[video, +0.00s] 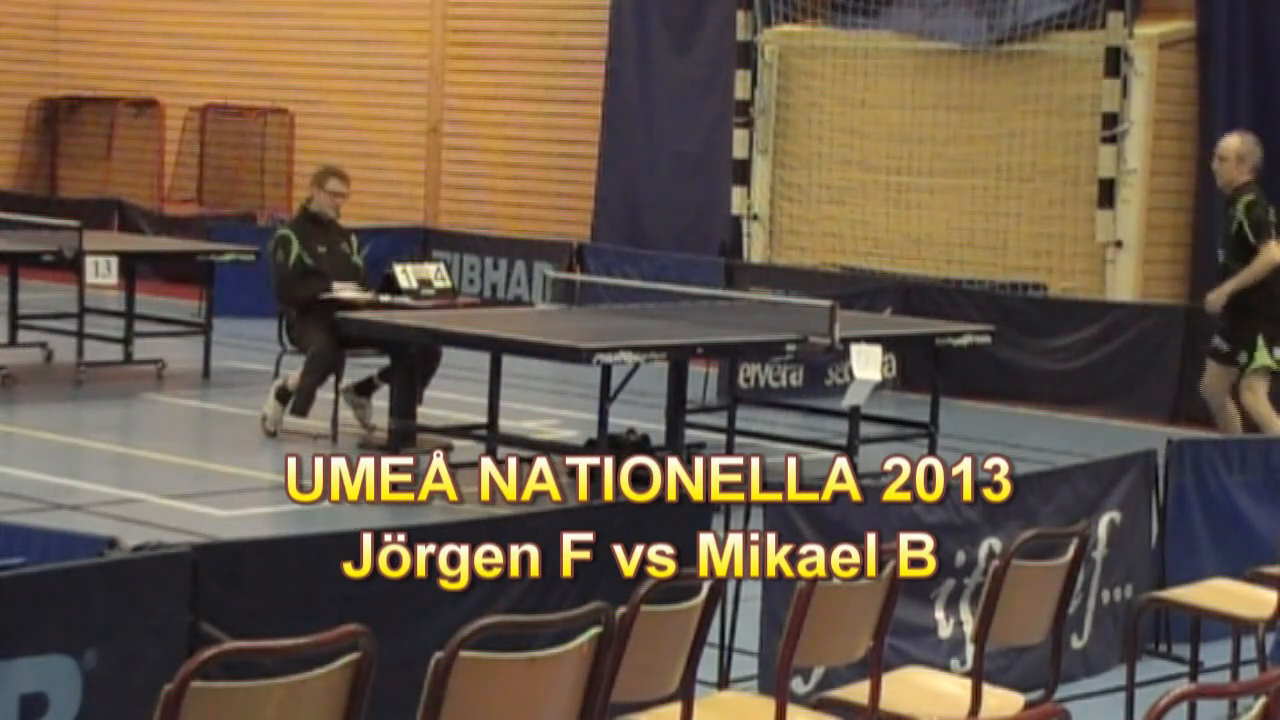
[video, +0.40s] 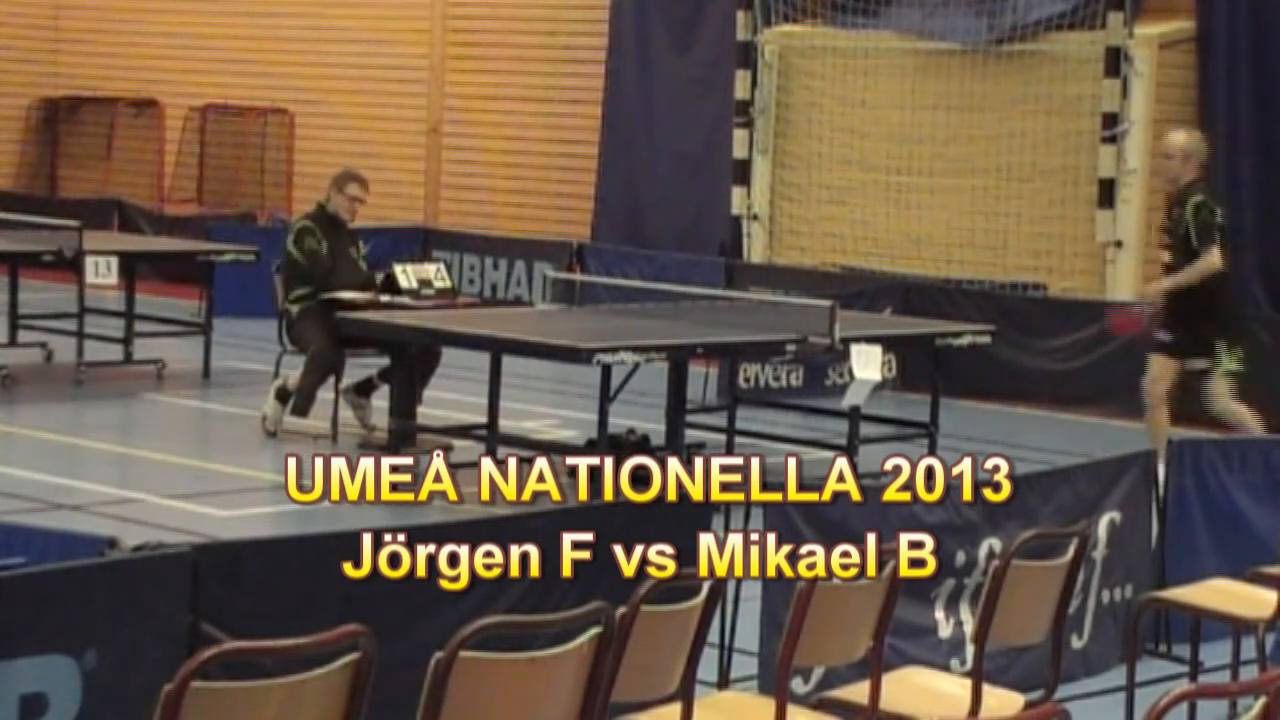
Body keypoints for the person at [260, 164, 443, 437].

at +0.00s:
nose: (339, 203)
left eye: (343, 197)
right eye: (333, 195)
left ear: (346, 198)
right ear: (314, 192)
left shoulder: (346, 236)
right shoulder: (290, 235)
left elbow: (360, 282)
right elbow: (287, 290)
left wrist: (366, 295)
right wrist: (331, 287)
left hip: (351, 318)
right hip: (310, 317)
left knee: (425, 351)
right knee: (328, 354)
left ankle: (362, 391)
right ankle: (283, 393)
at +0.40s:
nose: (356, 208)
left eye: (360, 203)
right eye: (351, 199)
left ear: (363, 204)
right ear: (332, 193)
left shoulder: (351, 237)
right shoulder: (305, 229)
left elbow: (360, 281)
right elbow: (324, 278)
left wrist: (391, 281)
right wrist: (369, 281)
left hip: (351, 314)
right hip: (310, 313)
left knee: (426, 351)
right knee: (328, 355)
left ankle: (361, 391)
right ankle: (283, 393)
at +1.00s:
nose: (363, 208)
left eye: (367, 202)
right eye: (358, 199)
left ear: (370, 204)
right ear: (340, 195)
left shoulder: (355, 238)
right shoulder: (313, 229)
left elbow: (365, 281)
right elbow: (334, 276)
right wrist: (371, 286)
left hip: (350, 318)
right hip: (310, 316)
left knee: (419, 350)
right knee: (328, 349)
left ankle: (362, 391)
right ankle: (299, 395)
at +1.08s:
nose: (302, 196)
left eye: (309, 189)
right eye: (296, 188)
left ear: (317, 192)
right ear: (284, 190)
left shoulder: (321, 234)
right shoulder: (264, 236)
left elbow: (345, 278)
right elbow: (257, 296)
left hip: (329, 323)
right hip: (281, 324)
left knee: (409, 355)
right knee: (306, 356)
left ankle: (343, 402)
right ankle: (275, 403)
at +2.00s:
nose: (318, 200)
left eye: (324, 193)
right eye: (311, 193)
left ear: (332, 197)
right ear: (299, 195)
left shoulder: (340, 241)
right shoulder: (283, 237)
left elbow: (357, 290)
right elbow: (275, 300)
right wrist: (320, 315)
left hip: (340, 324)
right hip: (298, 324)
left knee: (417, 358)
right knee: (313, 359)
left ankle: (354, 401)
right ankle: (272, 423)